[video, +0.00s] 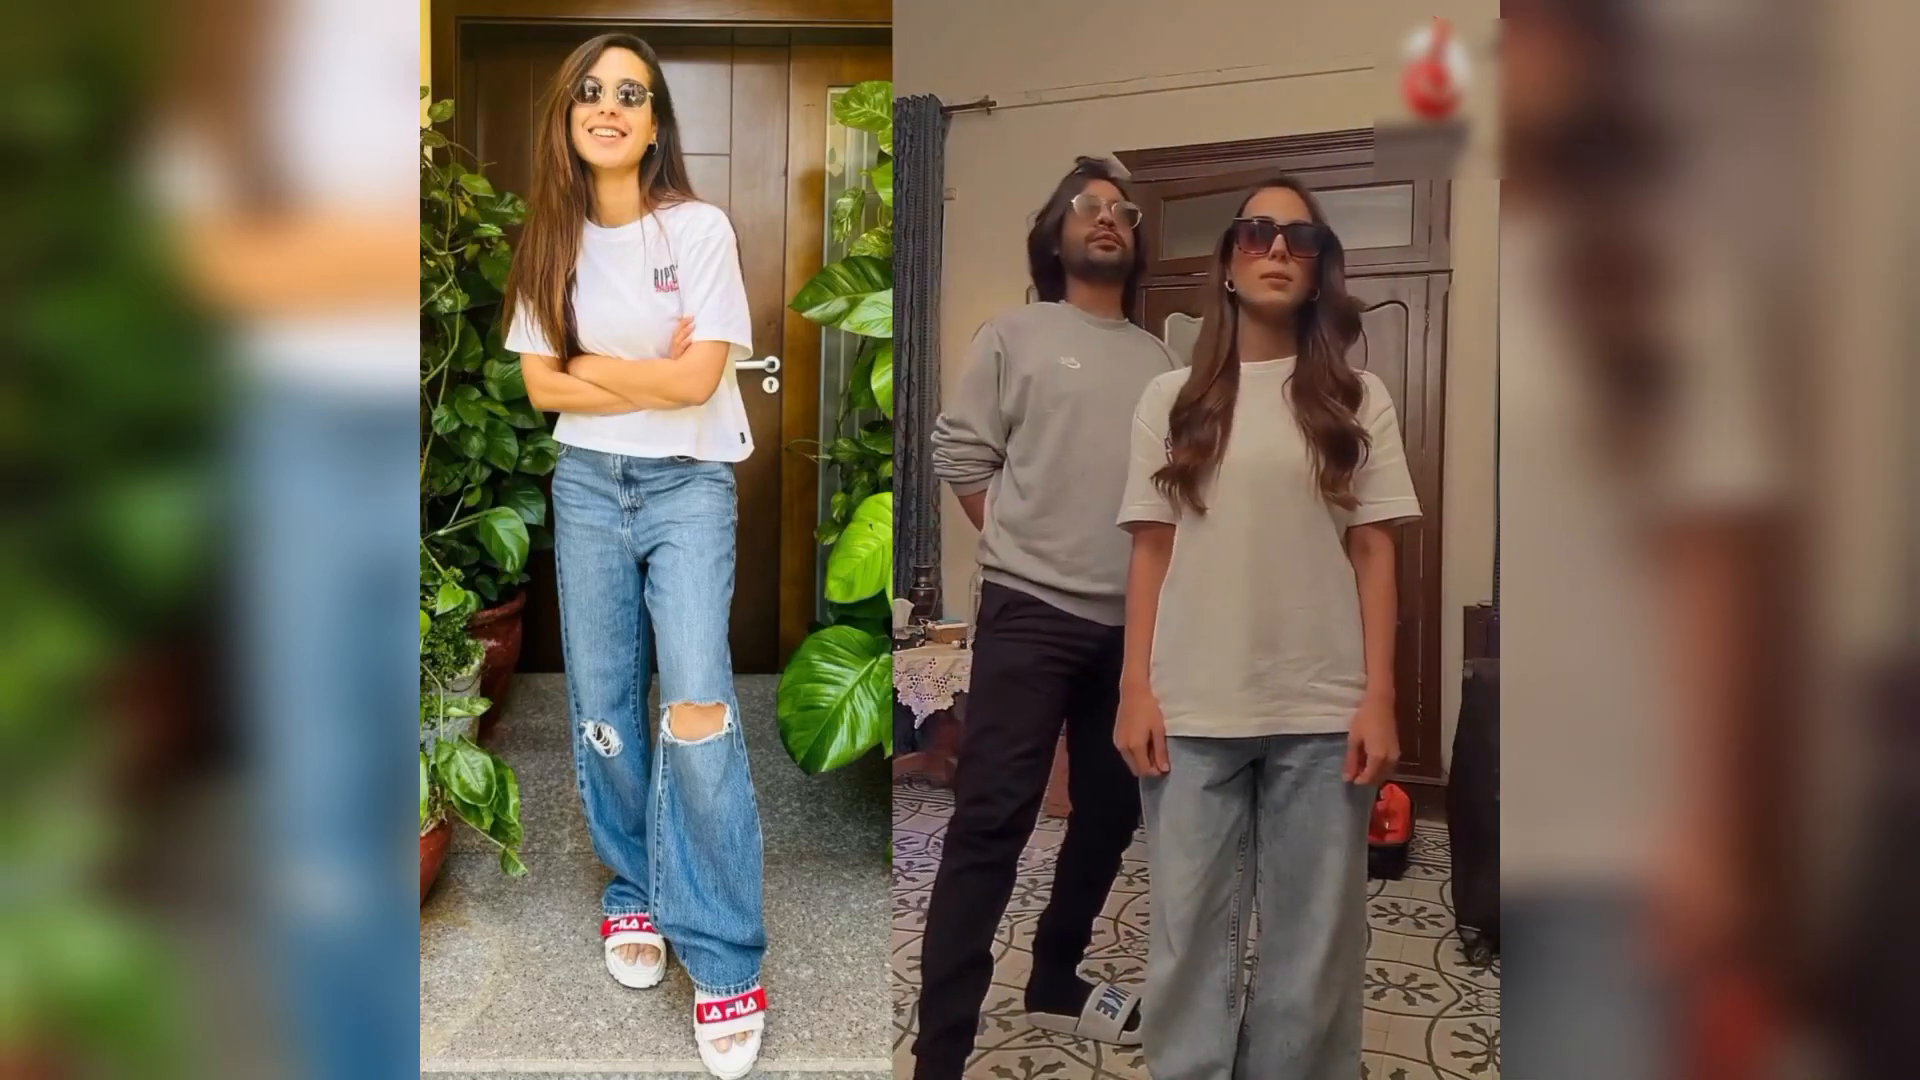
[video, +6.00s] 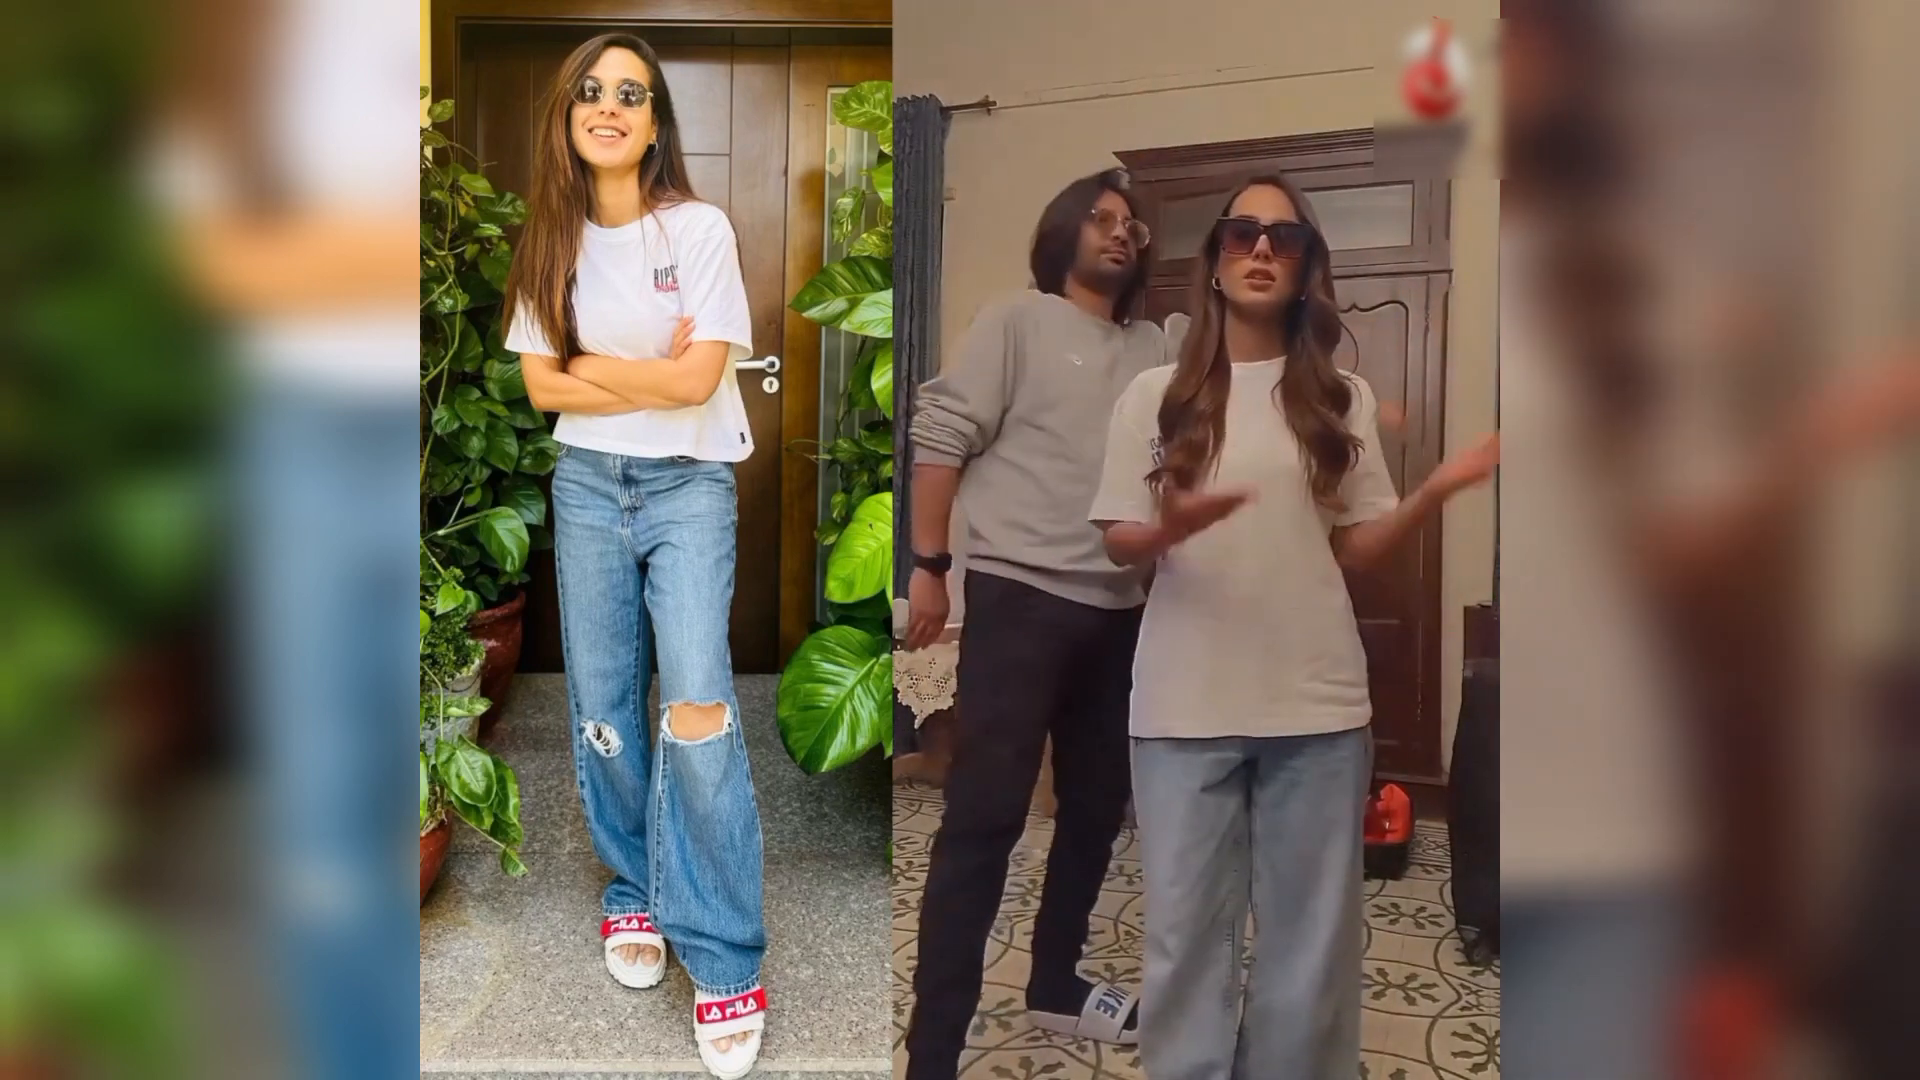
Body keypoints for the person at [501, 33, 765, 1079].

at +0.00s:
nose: (610, 111)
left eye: (630, 97)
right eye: (593, 95)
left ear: (656, 121)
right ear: (566, 117)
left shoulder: (699, 225)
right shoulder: (549, 240)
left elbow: (698, 378)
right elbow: (541, 385)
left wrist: (576, 362)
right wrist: (662, 379)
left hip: (689, 482)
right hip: (585, 484)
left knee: (694, 709)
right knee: (603, 708)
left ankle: (724, 958)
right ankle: (631, 891)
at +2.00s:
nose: (610, 111)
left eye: (629, 97)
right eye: (593, 95)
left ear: (656, 122)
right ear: (566, 117)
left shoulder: (699, 226)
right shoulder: (549, 239)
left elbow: (698, 378)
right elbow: (540, 385)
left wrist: (576, 362)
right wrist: (662, 378)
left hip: (689, 481)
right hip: (584, 483)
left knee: (695, 709)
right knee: (602, 708)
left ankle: (724, 955)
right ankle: (631, 890)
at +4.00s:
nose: (609, 111)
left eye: (629, 98)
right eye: (592, 95)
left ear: (656, 122)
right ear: (565, 117)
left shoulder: (699, 226)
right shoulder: (550, 239)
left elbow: (699, 378)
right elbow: (540, 385)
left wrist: (578, 363)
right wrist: (662, 377)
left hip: (689, 482)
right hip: (584, 484)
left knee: (694, 709)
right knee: (602, 706)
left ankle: (724, 956)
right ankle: (632, 891)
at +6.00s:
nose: (610, 111)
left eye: (630, 97)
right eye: (593, 95)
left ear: (656, 121)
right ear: (566, 117)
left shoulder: (699, 226)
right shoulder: (549, 240)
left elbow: (698, 378)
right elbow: (540, 385)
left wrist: (577, 363)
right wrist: (662, 378)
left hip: (689, 482)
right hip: (584, 484)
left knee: (694, 708)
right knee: (603, 707)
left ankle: (724, 956)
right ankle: (631, 891)